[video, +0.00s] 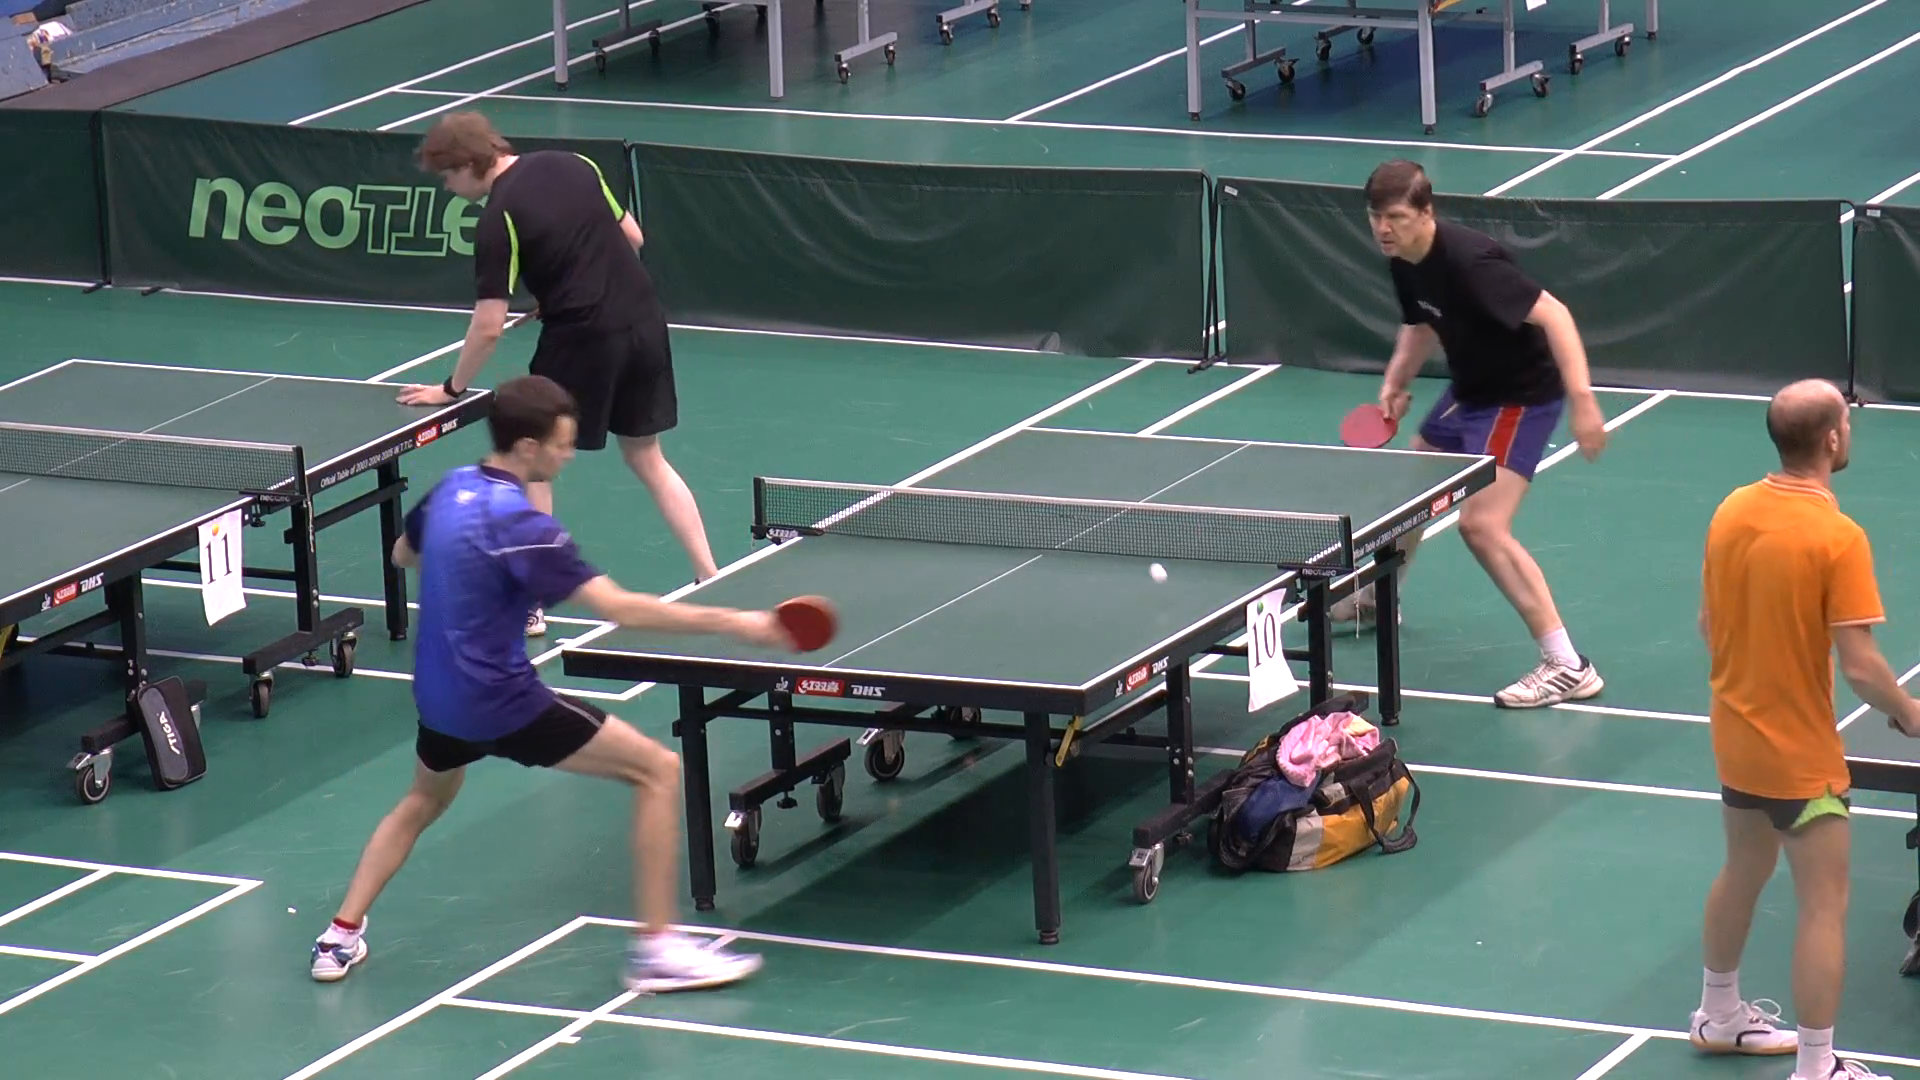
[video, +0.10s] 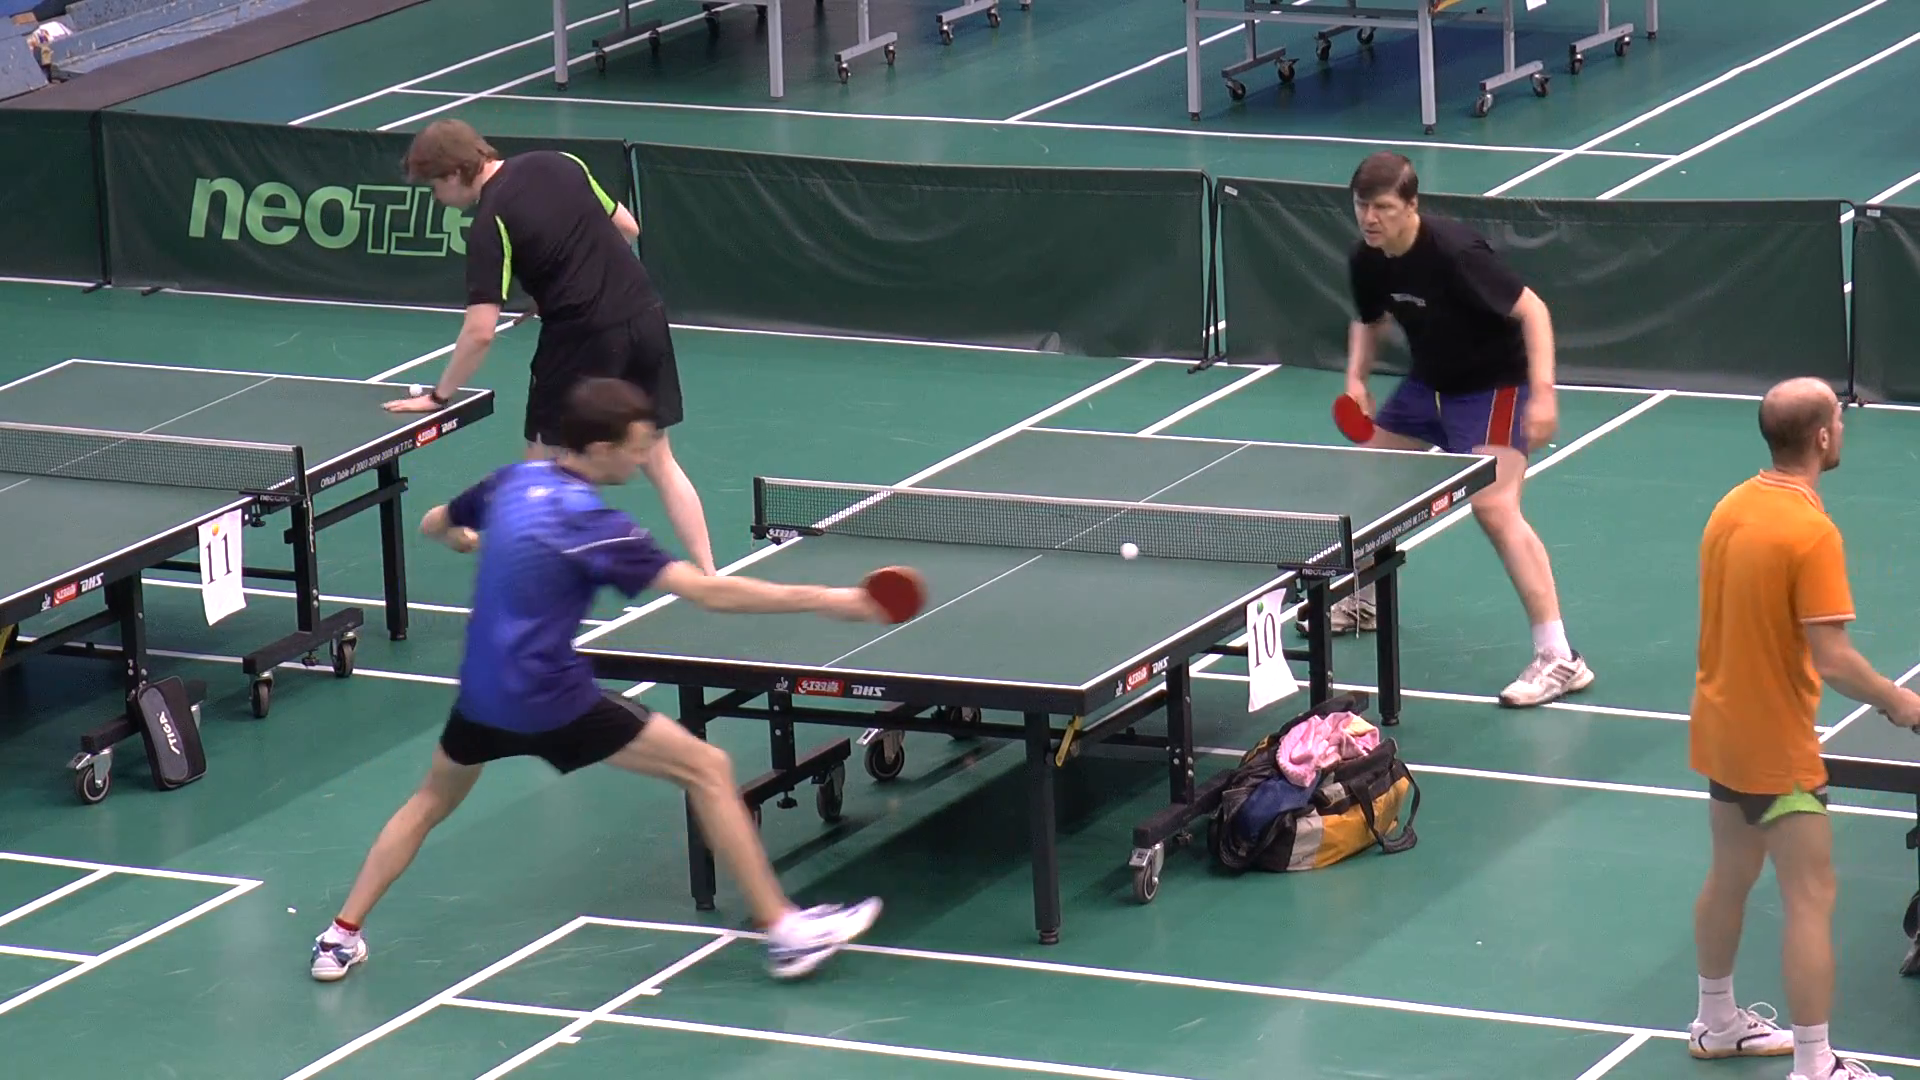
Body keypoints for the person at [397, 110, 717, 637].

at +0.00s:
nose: (448, 188)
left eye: (446, 176)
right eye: (442, 179)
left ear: (471, 162)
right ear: (493, 146)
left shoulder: (498, 215)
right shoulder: (573, 164)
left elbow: (489, 325)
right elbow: (632, 235)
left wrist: (451, 389)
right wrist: (565, 294)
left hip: (580, 339)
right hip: (645, 327)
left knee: (532, 463)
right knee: (648, 457)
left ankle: (532, 603)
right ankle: (712, 578)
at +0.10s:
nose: (436, 197)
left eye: (435, 185)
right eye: (432, 188)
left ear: (459, 170)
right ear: (478, 157)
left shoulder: (489, 218)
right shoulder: (558, 163)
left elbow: (480, 331)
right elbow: (626, 225)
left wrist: (438, 395)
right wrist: (562, 285)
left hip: (580, 340)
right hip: (646, 322)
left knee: (541, 464)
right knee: (659, 456)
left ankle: (535, 595)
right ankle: (709, 573)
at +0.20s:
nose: (433, 207)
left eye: (431, 196)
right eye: (428, 198)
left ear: (456, 180)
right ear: (478, 164)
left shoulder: (488, 225)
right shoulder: (554, 167)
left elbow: (476, 333)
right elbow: (626, 225)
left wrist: (426, 397)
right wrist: (567, 288)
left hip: (587, 337)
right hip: (651, 319)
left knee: (550, 467)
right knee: (666, 452)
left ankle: (527, 604)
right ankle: (706, 557)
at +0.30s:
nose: (436, 209)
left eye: (434, 198)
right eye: (429, 201)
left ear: (458, 180)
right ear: (475, 163)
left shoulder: (491, 224)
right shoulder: (555, 168)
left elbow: (498, 328)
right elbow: (626, 227)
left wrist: (463, 395)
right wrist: (579, 277)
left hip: (590, 338)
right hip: (655, 320)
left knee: (557, 481)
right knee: (672, 457)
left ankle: (527, 605)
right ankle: (720, 573)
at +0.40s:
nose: (446, 205)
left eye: (443, 194)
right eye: (439, 197)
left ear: (464, 176)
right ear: (486, 157)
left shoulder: (500, 219)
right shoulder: (567, 166)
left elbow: (490, 326)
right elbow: (631, 230)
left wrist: (446, 396)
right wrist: (566, 293)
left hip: (595, 339)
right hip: (659, 320)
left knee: (558, 477)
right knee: (674, 460)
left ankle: (527, 605)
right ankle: (729, 571)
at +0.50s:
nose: (456, 192)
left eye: (454, 181)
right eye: (450, 183)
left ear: (477, 165)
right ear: (499, 147)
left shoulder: (505, 216)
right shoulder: (579, 162)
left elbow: (496, 322)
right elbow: (641, 229)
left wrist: (459, 387)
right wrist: (572, 292)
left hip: (596, 340)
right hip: (661, 325)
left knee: (560, 478)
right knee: (673, 458)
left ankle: (528, 607)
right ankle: (720, 579)